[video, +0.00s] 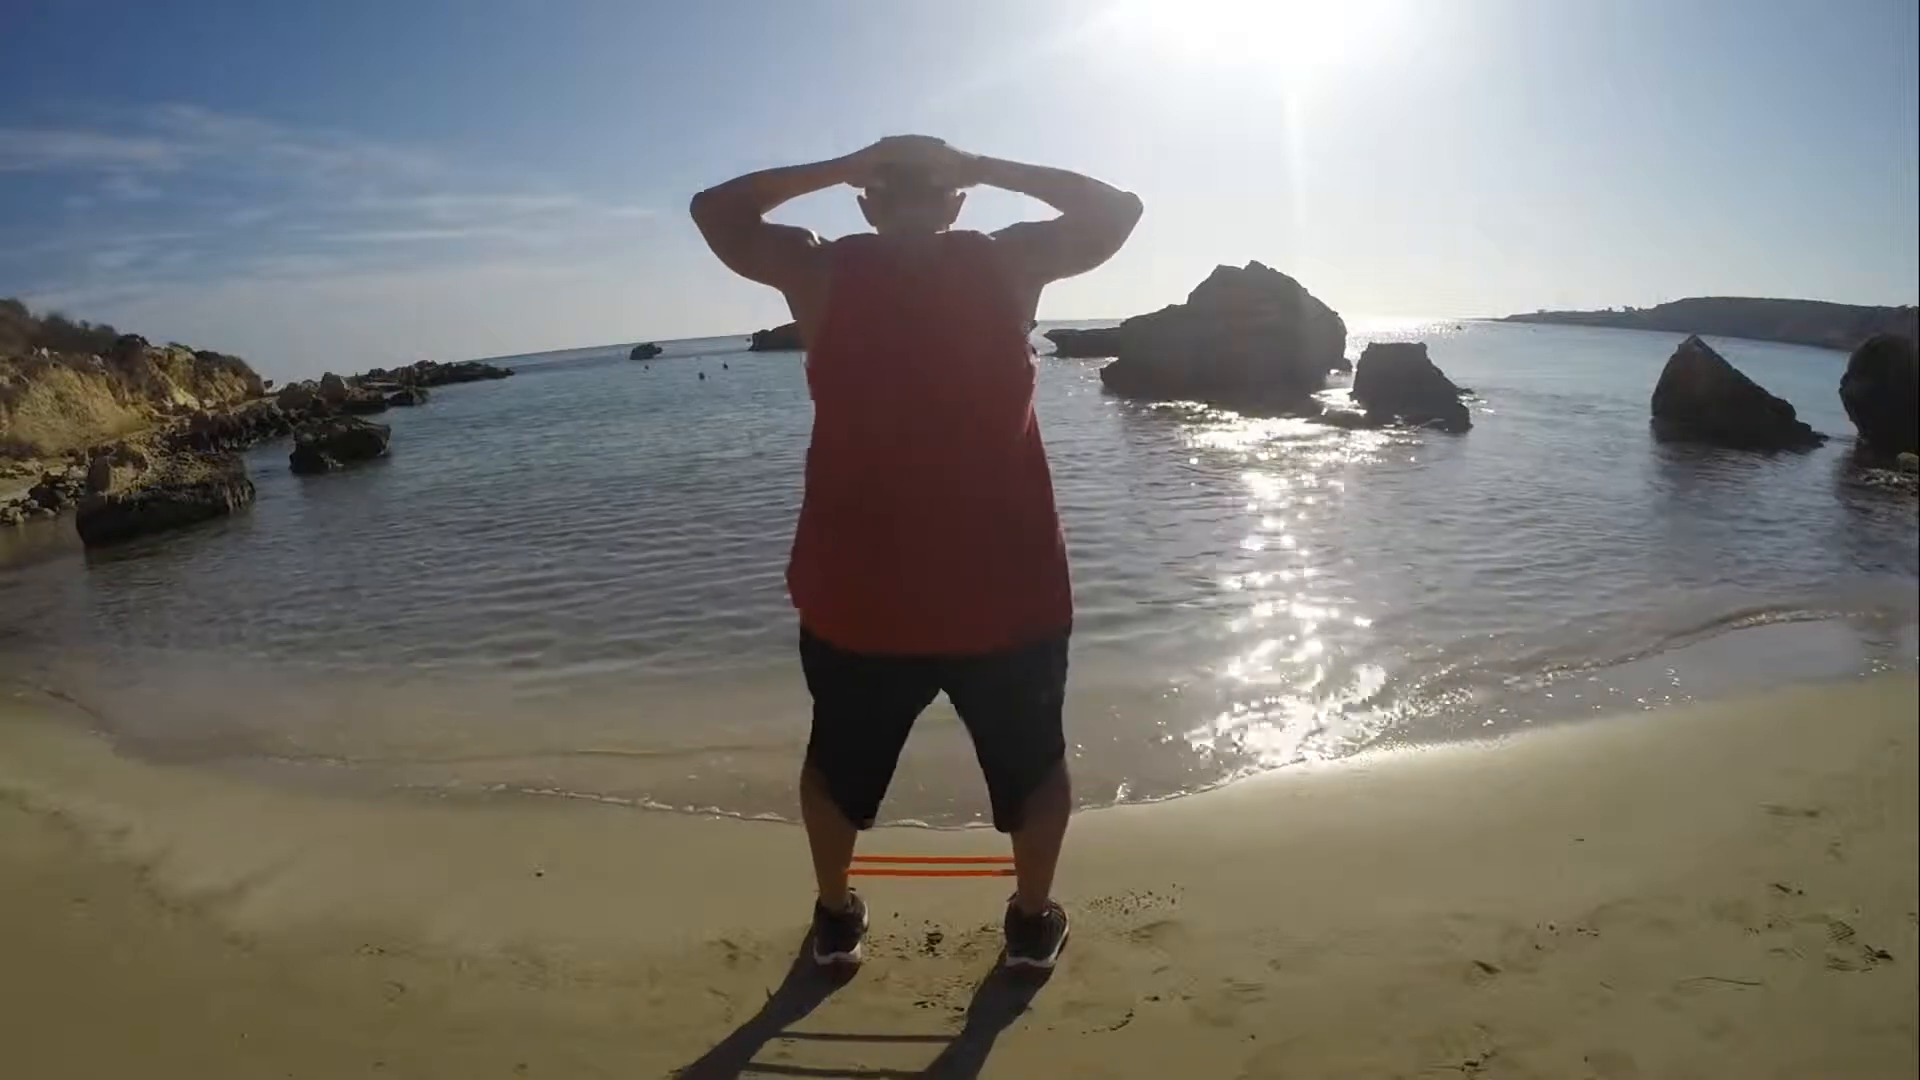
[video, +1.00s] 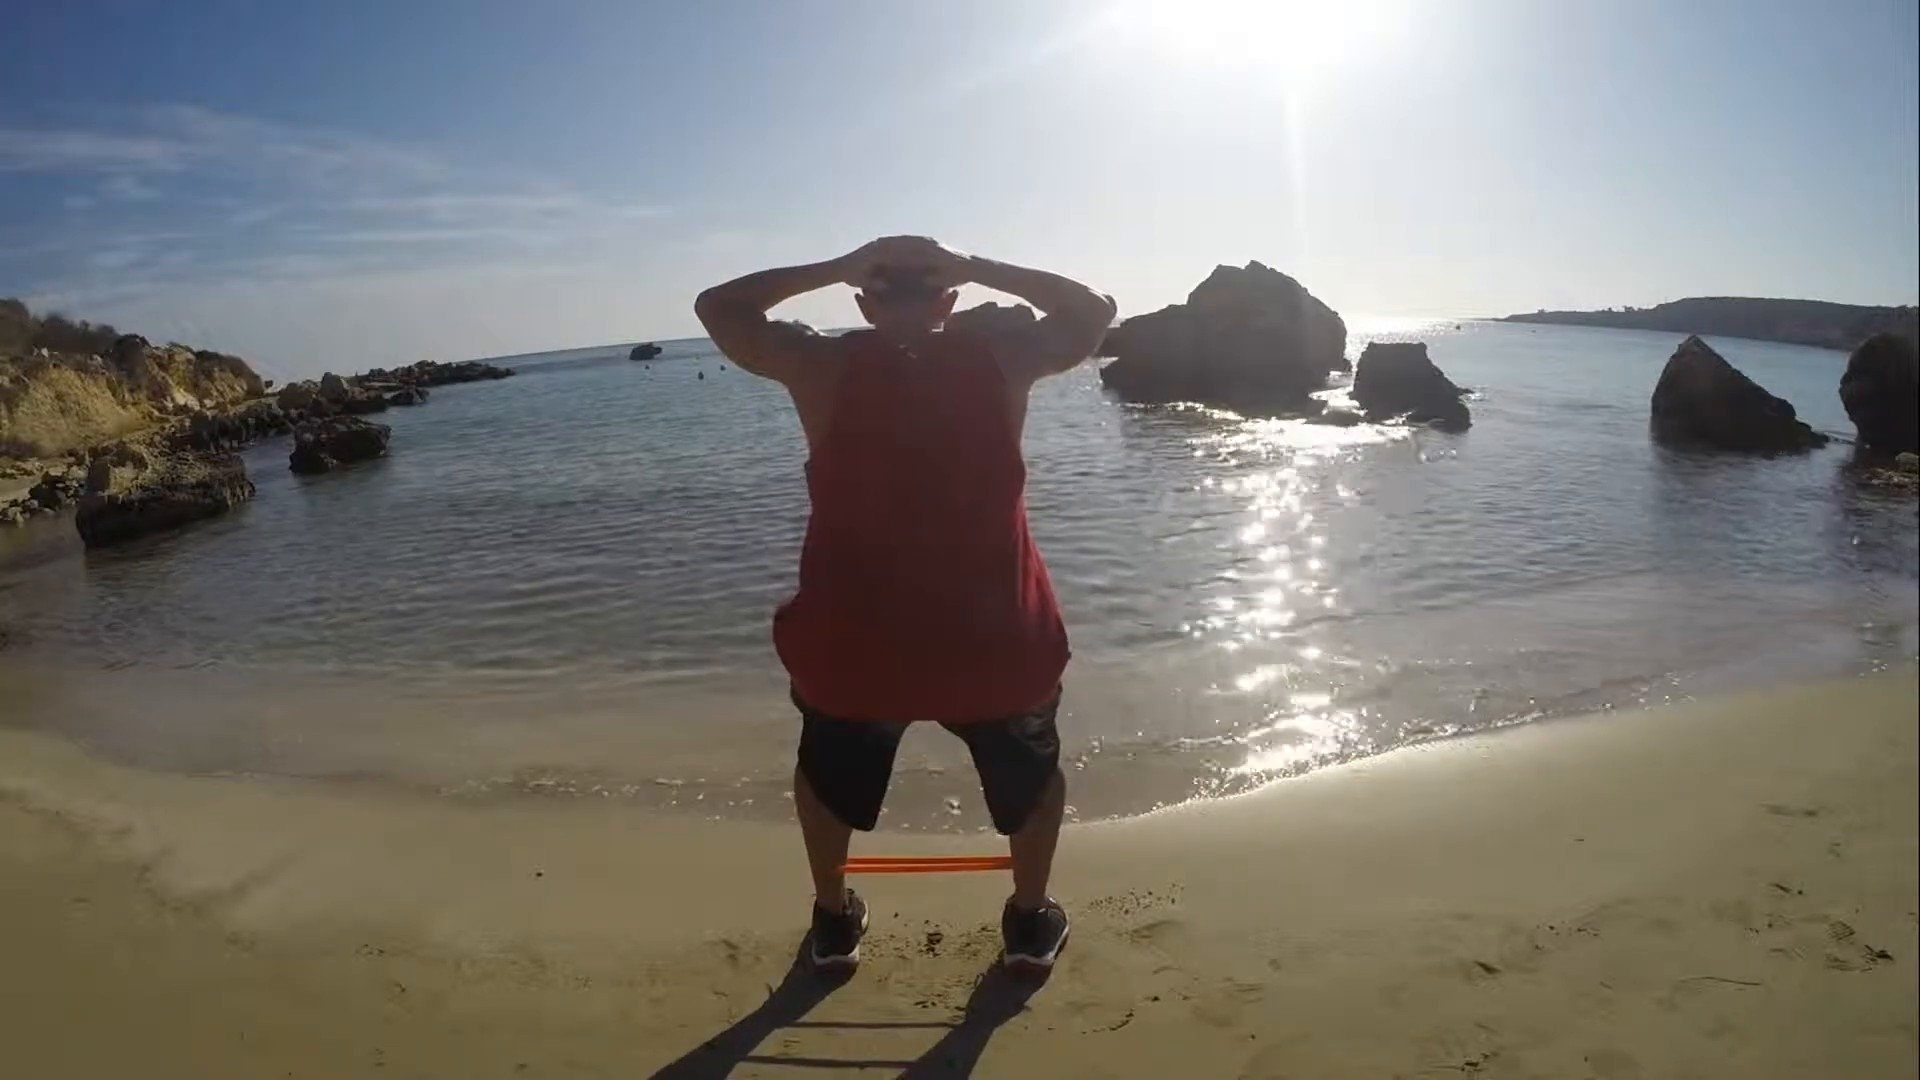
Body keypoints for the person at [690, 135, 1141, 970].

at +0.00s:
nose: (923, 190)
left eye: (908, 176)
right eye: (930, 177)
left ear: (865, 197)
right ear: (959, 197)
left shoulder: (818, 272)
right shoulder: (1007, 263)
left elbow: (714, 209)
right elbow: (1115, 210)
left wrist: (839, 168)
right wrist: (983, 167)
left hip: (860, 582)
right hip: (1001, 577)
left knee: (838, 756)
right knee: (1032, 761)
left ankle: (834, 912)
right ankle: (1032, 918)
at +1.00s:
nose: (898, 289)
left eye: (894, 279)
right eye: (899, 278)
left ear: (863, 297)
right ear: (950, 294)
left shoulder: (817, 363)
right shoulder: (998, 357)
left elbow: (718, 307)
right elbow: (1089, 312)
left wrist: (834, 269)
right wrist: (974, 266)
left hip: (856, 636)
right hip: (989, 632)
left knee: (829, 768)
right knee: (1029, 770)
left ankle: (832, 916)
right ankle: (1029, 917)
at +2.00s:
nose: (1034, 246)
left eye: (1036, 231)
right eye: (1037, 229)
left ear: (1028, 240)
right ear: (1105, 235)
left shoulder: (999, 312)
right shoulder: (1167, 293)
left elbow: (866, 270)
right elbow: (1247, 243)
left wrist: (990, 221)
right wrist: (1127, 210)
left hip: (1036, 578)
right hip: (1179, 579)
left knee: (936, 743)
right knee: (1232, 748)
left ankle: (873, 896)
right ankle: (1257, 907)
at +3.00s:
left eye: (961, 247)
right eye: (999, 247)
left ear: (942, 260)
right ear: (1025, 263)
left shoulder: (891, 327)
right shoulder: (1072, 325)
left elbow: (779, 269)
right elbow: (1179, 279)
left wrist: (908, 236)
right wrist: (1057, 236)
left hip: (907, 607)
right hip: (1055, 607)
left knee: (807, 764)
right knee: (1169, 758)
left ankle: (769, 926)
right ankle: (1238, 903)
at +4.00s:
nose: (951, 270)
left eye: (944, 259)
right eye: (963, 255)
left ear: (924, 274)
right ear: (1010, 267)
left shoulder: (892, 341)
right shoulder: (1071, 320)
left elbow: (773, 297)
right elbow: (1169, 250)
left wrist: (893, 246)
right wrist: (1031, 230)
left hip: (943, 618)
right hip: (1092, 614)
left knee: (835, 769)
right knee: (1187, 755)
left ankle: (780, 918)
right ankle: (1262, 909)